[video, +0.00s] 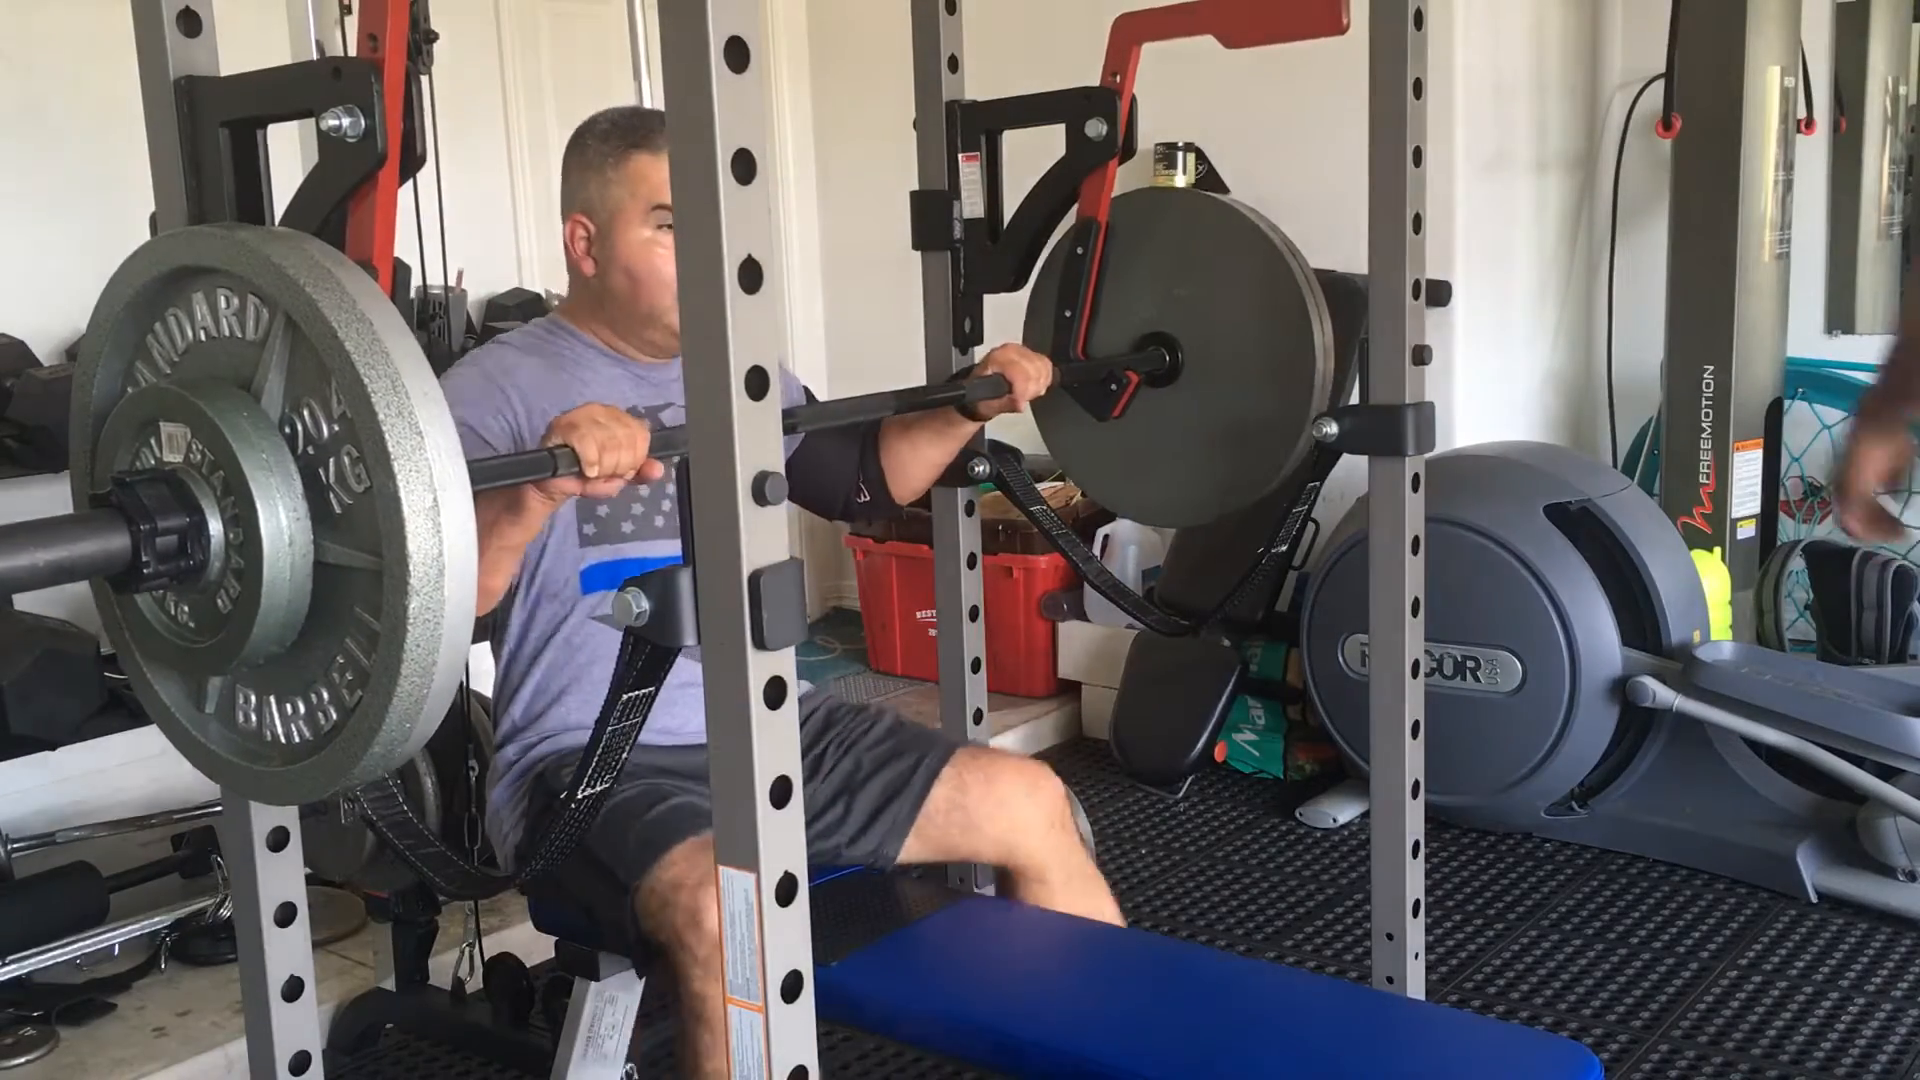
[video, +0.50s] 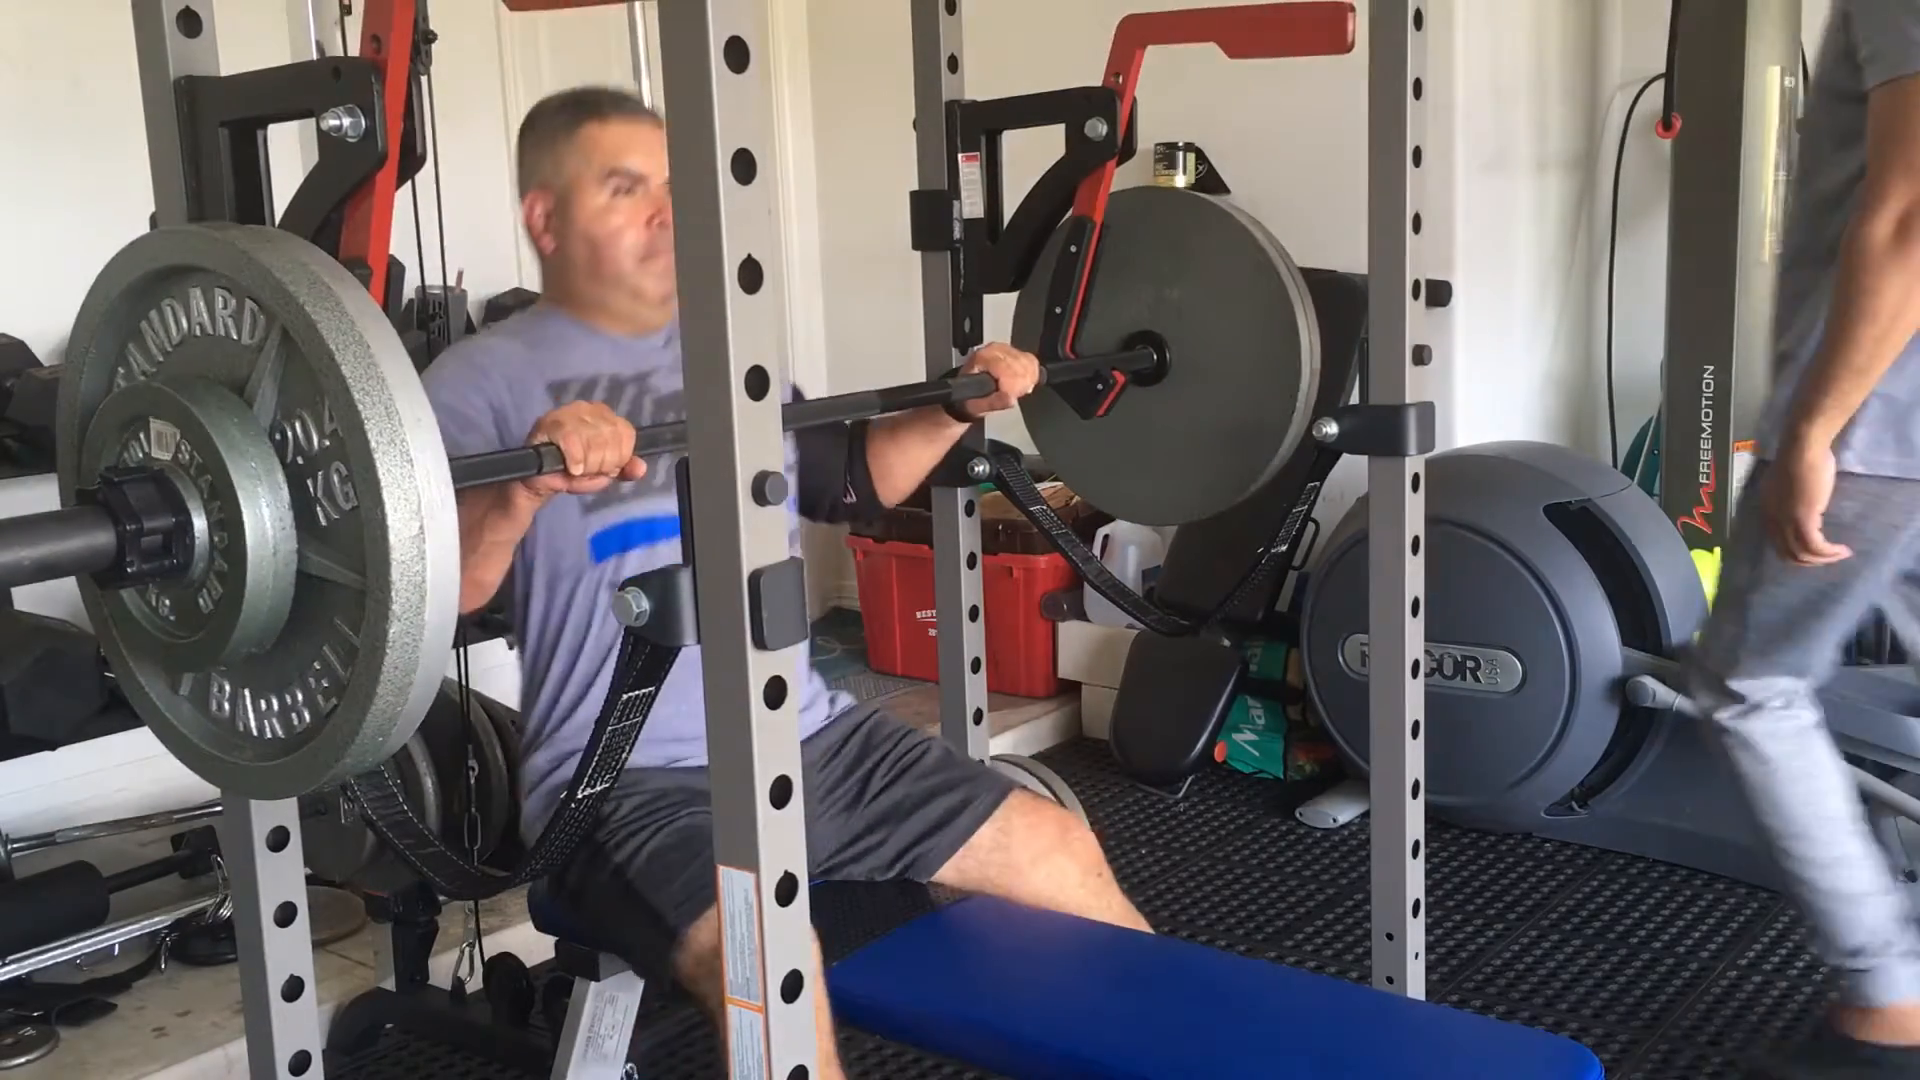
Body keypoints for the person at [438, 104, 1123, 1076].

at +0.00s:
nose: (703, 252)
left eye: (709, 224)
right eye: (668, 226)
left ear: (733, 235)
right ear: (584, 246)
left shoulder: (734, 373)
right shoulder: (495, 386)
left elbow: (866, 477)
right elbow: (440, 603)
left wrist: (973, 396)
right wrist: (537, 487)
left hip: (764, 726)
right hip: (590, 757)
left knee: (1028, 800)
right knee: (717, 900)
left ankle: (1126, 1050)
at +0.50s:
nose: (665, 211)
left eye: (671, 187)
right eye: (624, 188)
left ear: (691, 204)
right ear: (543, 222)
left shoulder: (722, 347)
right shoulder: (480, 380)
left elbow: (848, 478)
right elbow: (440, 597)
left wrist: (957, 404)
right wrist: (523, 485)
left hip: (808, 731)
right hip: (625, 776)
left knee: (1049, 845)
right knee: (761, 954)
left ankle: (1189, 1060)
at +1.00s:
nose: (659, 214)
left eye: (664, 190)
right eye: (617, 195)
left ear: (681, 201)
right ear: (543, 238)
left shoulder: (722, 349)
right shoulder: (479, 376)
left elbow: (850, 477)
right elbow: (413, 586)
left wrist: (952, 404)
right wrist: (513, 480)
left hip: (790, 719)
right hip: (612, 765)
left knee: (1047, 838)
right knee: (735, 935)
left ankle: (1175, 1050)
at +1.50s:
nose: (611, 456)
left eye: (610, 432)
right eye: (561, 444)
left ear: (633, 443)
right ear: (501, 493)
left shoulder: (753, 530)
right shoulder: (565, 619)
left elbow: (947, 585)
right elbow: (521, 717)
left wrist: (962, 425)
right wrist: (518, 520)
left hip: (1056, 697)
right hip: (924, 773)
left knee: (1387, 912)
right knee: (1112, 1035)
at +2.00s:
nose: (712, 659)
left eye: (721, 648)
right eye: (704, 671)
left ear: (824, 661)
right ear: (723, 728)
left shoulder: (986, 657)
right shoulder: (807, 784)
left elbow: (1097, 606)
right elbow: (636, 774)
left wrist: (1024, 440)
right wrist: (597, 538)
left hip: (1334, 761)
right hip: (1186, 856)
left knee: (1719, 993)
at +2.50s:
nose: (842, 667)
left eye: (835, 660)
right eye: (811, 685)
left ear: (883, 666)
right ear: (790, 750)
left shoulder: (1066, 668)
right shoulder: (877, 811)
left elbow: (1151, 577)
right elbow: (732, 759)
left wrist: (1037, 445)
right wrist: (640, 562)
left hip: (1478, 792)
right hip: (1325, 864)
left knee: (1853, 1055)